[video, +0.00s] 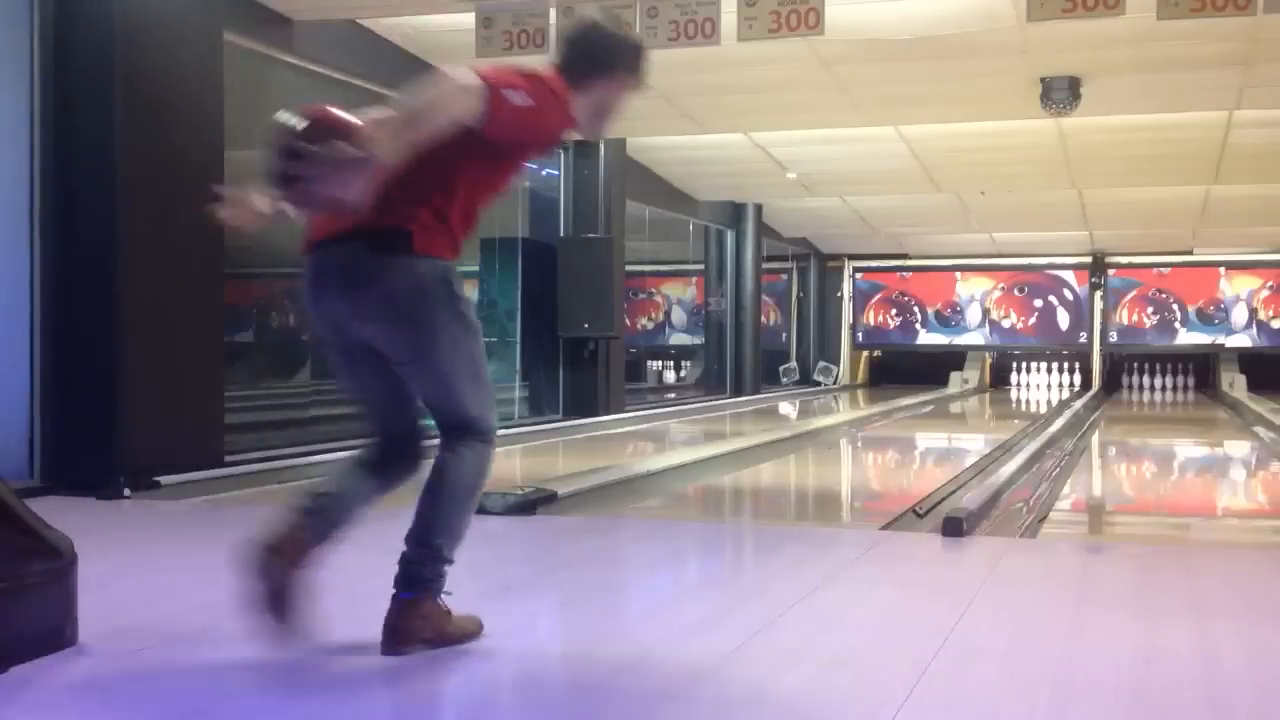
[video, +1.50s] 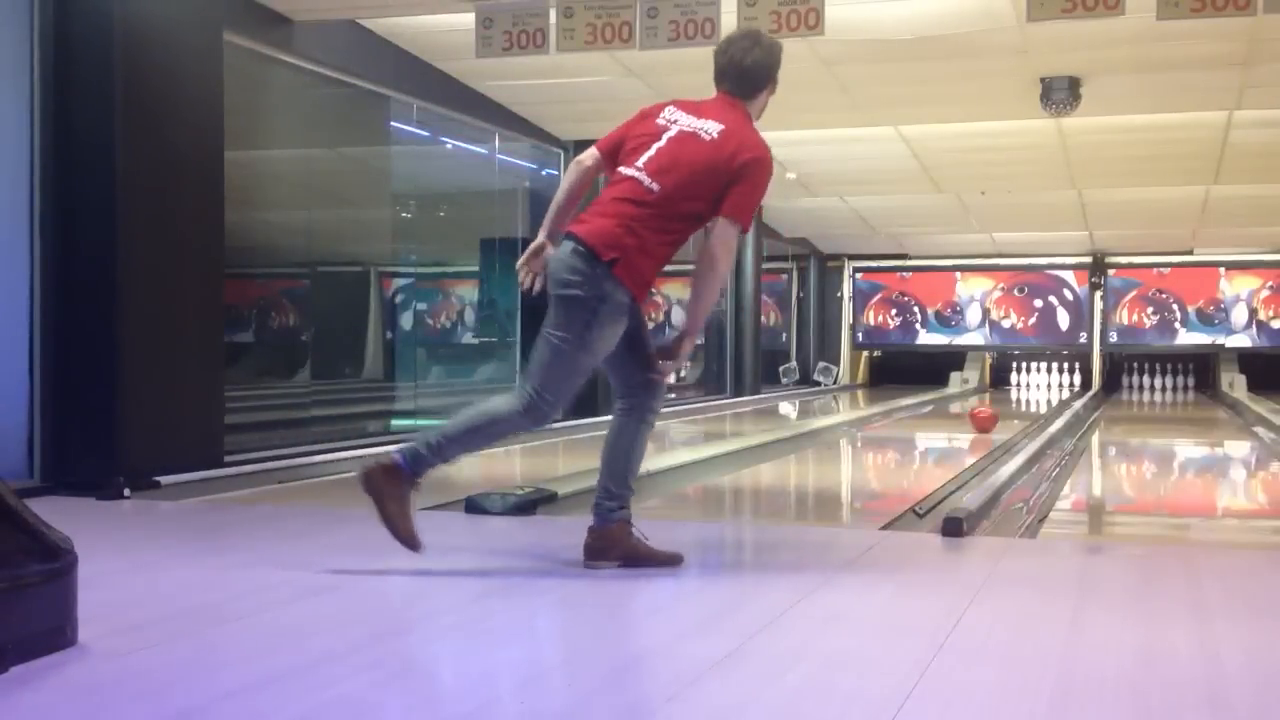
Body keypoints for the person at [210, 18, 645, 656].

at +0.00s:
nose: (622, 108)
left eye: (628, 95)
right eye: (625, 92)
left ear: (573, 65)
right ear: (603, 82)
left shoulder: (508, 89)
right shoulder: (548, 102)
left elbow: (382, 123)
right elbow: (455, 91)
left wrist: (278, 195)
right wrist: (374, 154)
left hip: (334, 268)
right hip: (403, 269)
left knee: (396, 445)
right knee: (469, 434)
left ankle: (291, 544)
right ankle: (416, 606)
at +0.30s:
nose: (719, 209)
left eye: (726, 199)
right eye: (724, 197)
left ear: (677, 167)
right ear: (712, 189)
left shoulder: (617, 177)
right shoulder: (652, 214)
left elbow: (509, 187)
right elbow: (585, 279)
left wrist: (443, 244)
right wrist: (556, 366)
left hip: (458, 299)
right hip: (476, 312)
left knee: (542, 405)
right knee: (489, 487)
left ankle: (592, 527)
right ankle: (418, 556)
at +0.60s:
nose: (772, 218)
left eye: (772, 207)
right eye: (774, 208)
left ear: (726, 184)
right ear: (762, 208)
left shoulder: (661, 184)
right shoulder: (727, 256)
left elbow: (563, 199)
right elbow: (755, 329)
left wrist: (503, 238)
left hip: (513, 286)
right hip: (543, 321)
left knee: (596, 385)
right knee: (464, 440)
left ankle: (610, 528)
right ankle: (311, 452)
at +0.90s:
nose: (783, 156)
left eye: (783, 146)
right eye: (785, 147)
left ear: (733, 123)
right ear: (775, 144)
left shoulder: (676, 139)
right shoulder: (748, 186)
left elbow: (580, 172)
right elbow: (795, 259)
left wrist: (532, 234)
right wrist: (816, 218)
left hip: (553, 257)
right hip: (560, 269)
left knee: (602, 391)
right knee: (483, 391)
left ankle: (607, 532)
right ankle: (349, 463)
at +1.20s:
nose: (774, 132)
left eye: (770, 122)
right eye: (777, 123)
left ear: (722, 106)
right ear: (770, 124)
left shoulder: (666, 132)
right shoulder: (748, 182)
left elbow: (582, 182)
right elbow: (723, 281)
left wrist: (561, 249)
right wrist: (718, 380)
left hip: (562, 262)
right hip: (579, 275)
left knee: (613, 392)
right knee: (499, 401)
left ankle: (609, 531)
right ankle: (367, 476)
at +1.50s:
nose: (772, 94)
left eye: (768, 84)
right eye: (774, 86)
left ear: (719, 76)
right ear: (769, 88)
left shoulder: (666, 111)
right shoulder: (753, 153)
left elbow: (585, 164)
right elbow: (718, 242)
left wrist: (544, 238)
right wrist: (689, 335)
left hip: (577, 255)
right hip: (601, 273)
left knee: (641, 394)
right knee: (537, 403)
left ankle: (609, 530)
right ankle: (399, 472)